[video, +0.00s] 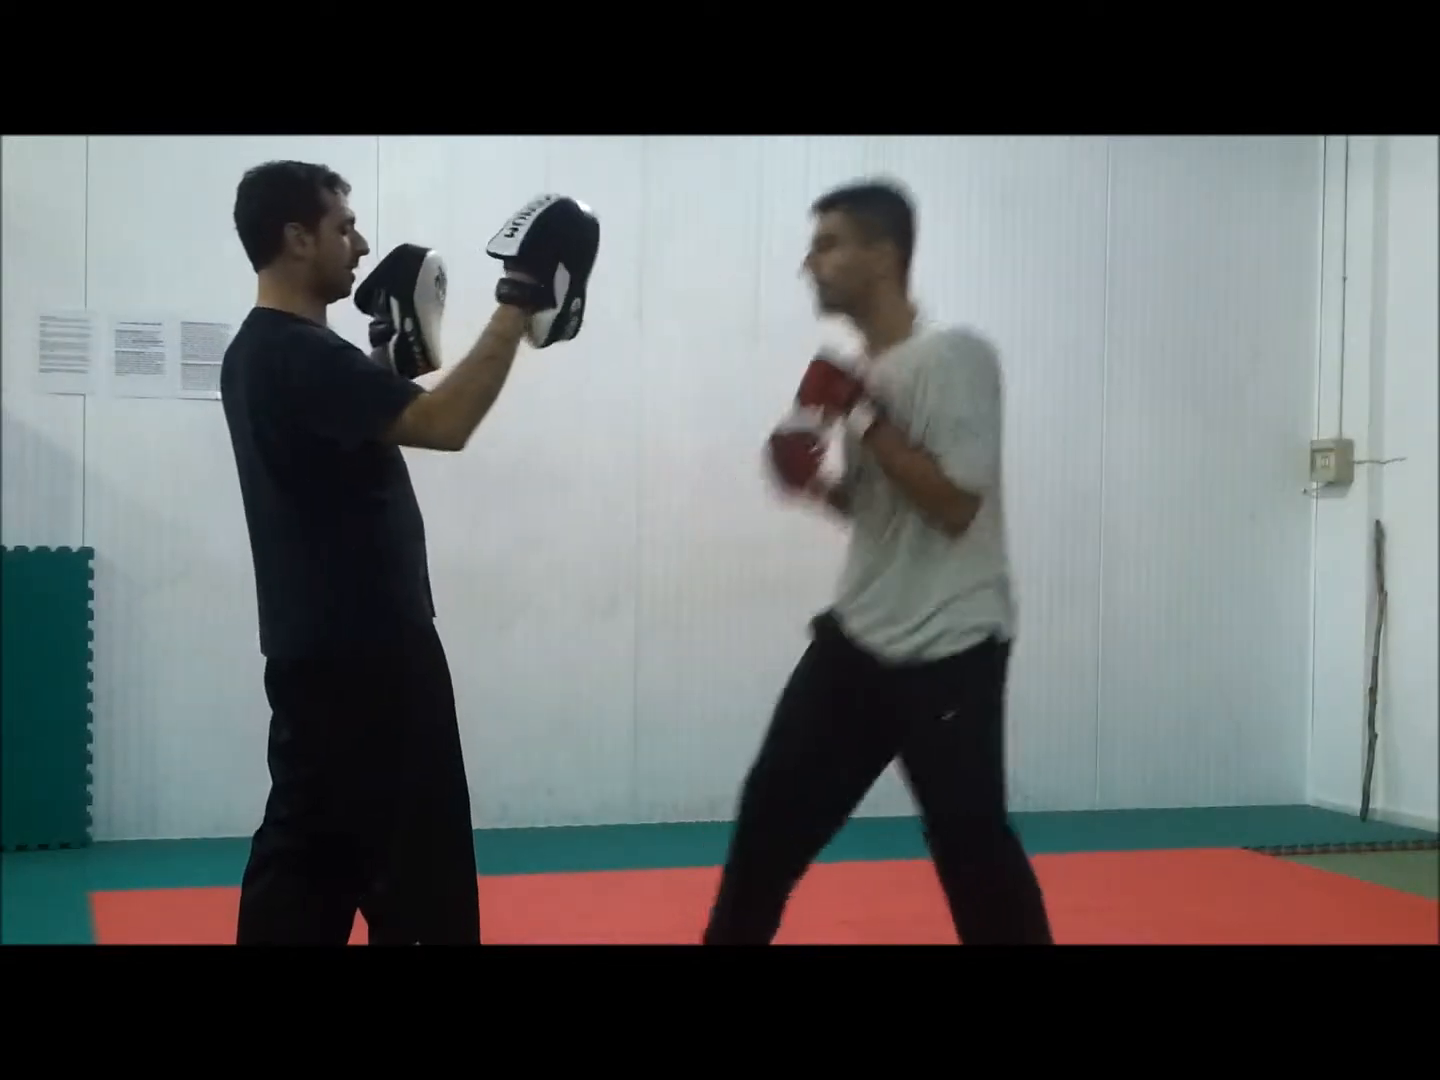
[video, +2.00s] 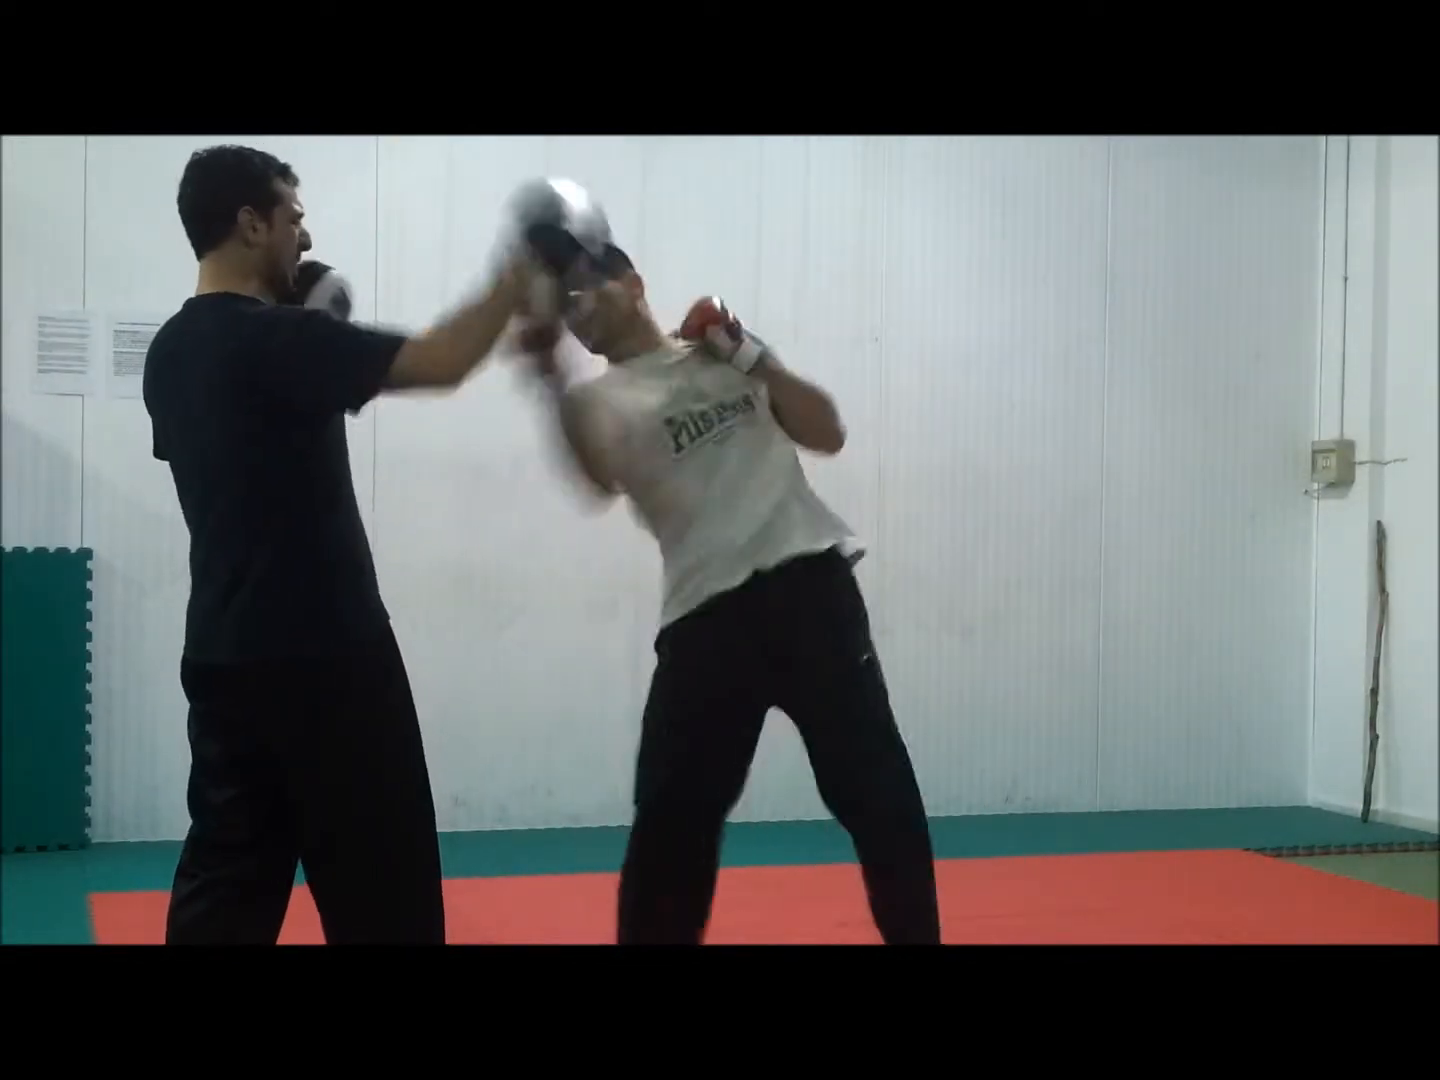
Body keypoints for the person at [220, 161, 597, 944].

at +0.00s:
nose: (359, 241)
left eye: (353, 224)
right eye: (344, 225)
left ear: (283, 243)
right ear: (294, 237)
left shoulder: (256, 350)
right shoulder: (303, 352)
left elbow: (347, 452)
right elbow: (444, 424)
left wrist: (397, 366)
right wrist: (517, 305)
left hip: (311, 648)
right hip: (375, 649)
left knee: (304, 853)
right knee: (425, 865)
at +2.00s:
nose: (304, 235)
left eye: (302, 218)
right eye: (294, 218)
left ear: (218, 230)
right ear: (250, 224)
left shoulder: (170, 348)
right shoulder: (276, 337)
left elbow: (242, 430)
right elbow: (439, 361)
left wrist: (301, 322)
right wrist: (519, 271)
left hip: (225, 652)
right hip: (328, 649)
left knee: (227, 878)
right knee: (385, 884)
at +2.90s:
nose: (257, 227)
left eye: (248, 210)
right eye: (239, 212)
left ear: (177, 241)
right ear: (191, 231)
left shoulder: (162, 354)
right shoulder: (237, 345)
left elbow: (248, 451)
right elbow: (372, 408)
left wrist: (281, 338)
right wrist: (491, 333)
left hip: (229, 658)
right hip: (329, 653)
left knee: (224, 883)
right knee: (390, 886)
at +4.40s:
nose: (325, 226)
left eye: (320, 206)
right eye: (312, 206)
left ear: (247, 216)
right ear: (260, 212)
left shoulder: (179, 332)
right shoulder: (250, 338)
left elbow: (218, 482)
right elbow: (308, 495)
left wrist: (312, 403)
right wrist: (443, 444)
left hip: (201, 651)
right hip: (294, 654)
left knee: (209, 887)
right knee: (379, 889)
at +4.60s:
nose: (306, 272)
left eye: (311, 252)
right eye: (306, 249)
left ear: (216, 233)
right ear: (266, 235)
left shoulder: (110, 337)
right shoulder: (251, 345)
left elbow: (61, 487)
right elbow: (286, 502)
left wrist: (68, 607)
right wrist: (410, 499)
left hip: (122, 654)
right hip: (239, 657)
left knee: (106, 882)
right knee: (267, 888)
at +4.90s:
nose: (304, 273)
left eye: (308, 253)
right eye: (303, 249)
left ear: (213, 232)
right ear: (261, 233)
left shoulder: (107, 338)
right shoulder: (244, 347)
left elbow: (60, 488)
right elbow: (281, 507)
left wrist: (68, 608)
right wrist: (407, 499)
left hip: (121, 660)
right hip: (237, 663)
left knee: (104, 887)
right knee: (267, 895)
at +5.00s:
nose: (301, 274)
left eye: (304, 252)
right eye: (298, 249)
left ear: (223, 235)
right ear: (257, 235)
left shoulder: (107, 337)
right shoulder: (238, 343)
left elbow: (58, 486)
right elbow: (295, 491)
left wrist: (66, 609)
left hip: (119, 649)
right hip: (233, 653)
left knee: (107, 872)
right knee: (266, 881)